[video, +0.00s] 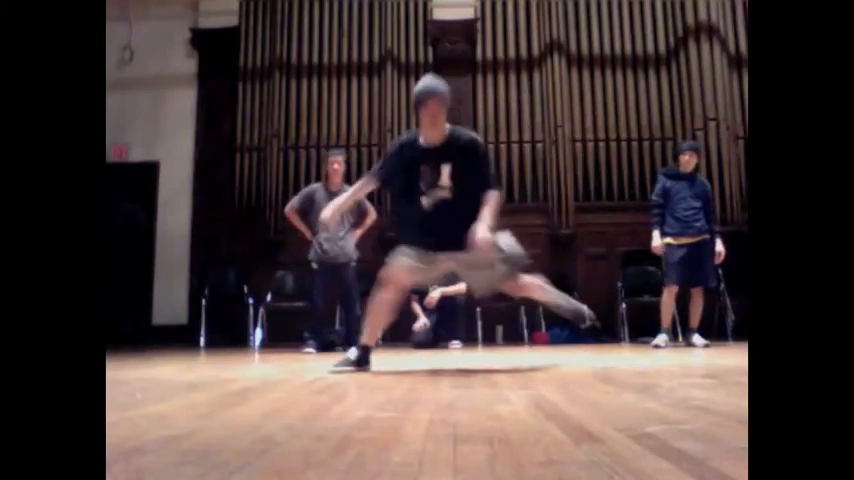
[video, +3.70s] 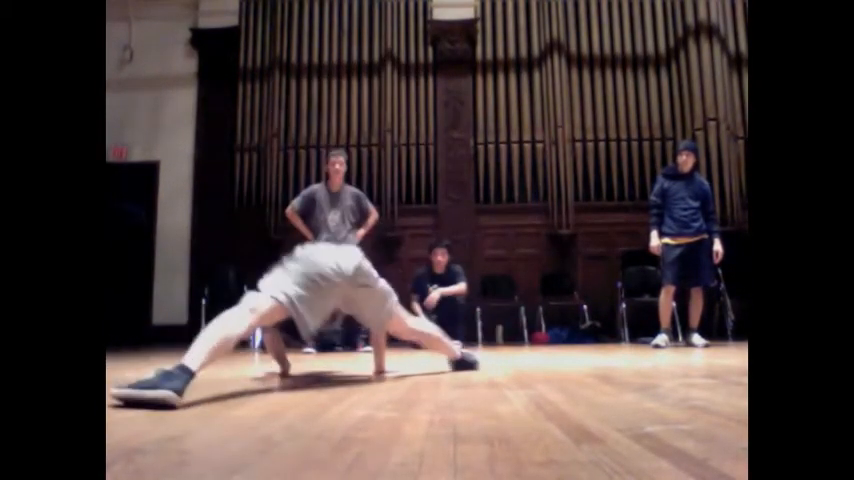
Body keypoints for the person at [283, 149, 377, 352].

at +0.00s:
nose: (335, 168)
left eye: (339, 163)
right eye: (332, 163)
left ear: (344, 168)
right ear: (326, 167)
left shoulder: (351, 193)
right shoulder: (314, 191)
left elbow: (372, 213)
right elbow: (290, 210)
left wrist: (356, 234)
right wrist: (308, 234)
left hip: (345, 251)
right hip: (321, 251)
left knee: (350, 301)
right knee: (321, 301)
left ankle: (351, 342)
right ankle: (320, 341)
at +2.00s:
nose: (336, 167)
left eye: (340, 164)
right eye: (333, 163)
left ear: (345, 168)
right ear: (326, 167)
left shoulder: (354, 194)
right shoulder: (314, 192)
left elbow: (373, 215)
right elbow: (290, 211)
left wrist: (358, 234)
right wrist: (309, 237)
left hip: (347, 252)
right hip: (320, 250)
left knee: (349, 297)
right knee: (318, 294)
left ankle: (358, 338)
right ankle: (312, 339)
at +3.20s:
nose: (337, 167)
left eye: (341, 163)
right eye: (334, 163)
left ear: (346, 167)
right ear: (326, 167)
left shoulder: (354, 194)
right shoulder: (314, 192)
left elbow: (373, 214)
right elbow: (290, 211)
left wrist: (360, 234)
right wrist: (307, 233)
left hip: (350, 259)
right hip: (318, 257)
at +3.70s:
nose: (337, 167)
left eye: (340, 164)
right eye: (334, 163)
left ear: (345, 167)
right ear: (326, 167)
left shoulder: (354, 194)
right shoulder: (314, 192)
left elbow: (373, 214)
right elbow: (291, 212)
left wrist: (360, 233)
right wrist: (310, 236)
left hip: (349, 248)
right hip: (320, 248)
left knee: (359, 294)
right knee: (316, 294)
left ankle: (353, 340)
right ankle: (313, 340)